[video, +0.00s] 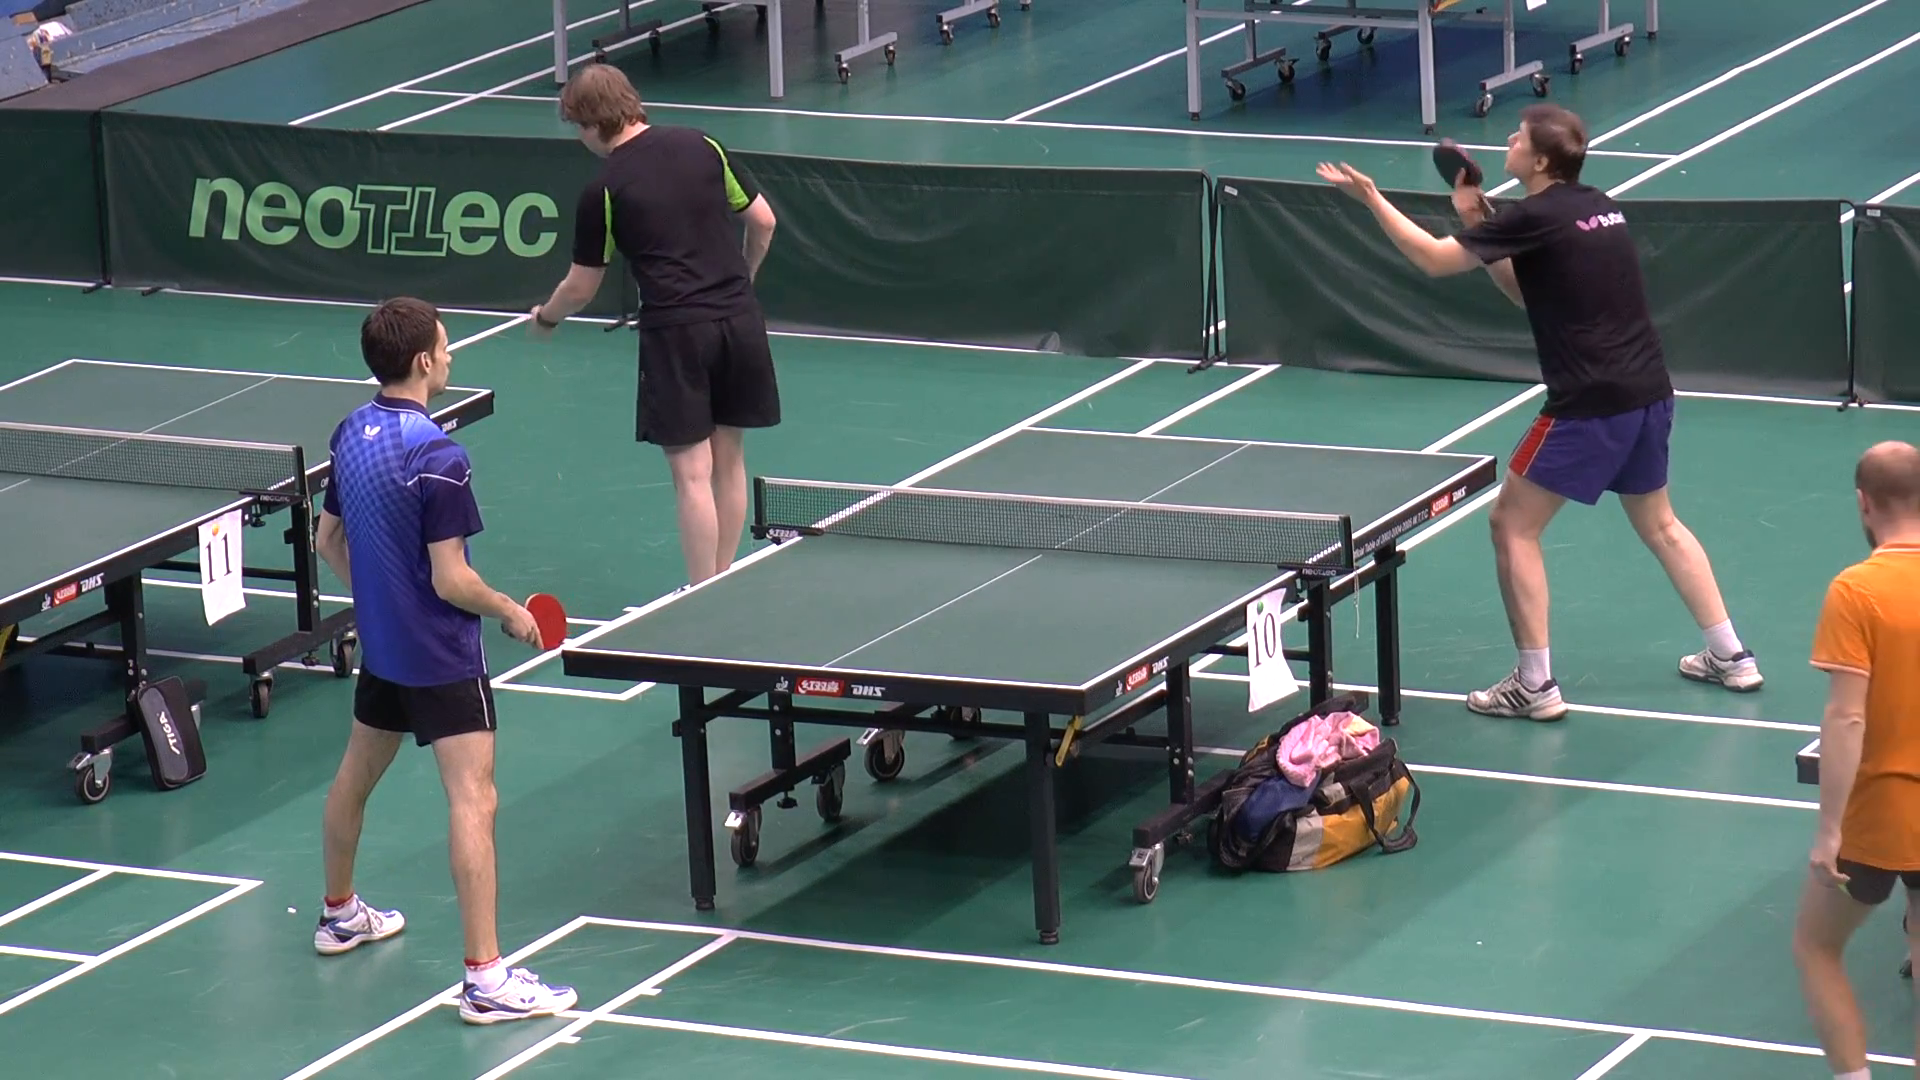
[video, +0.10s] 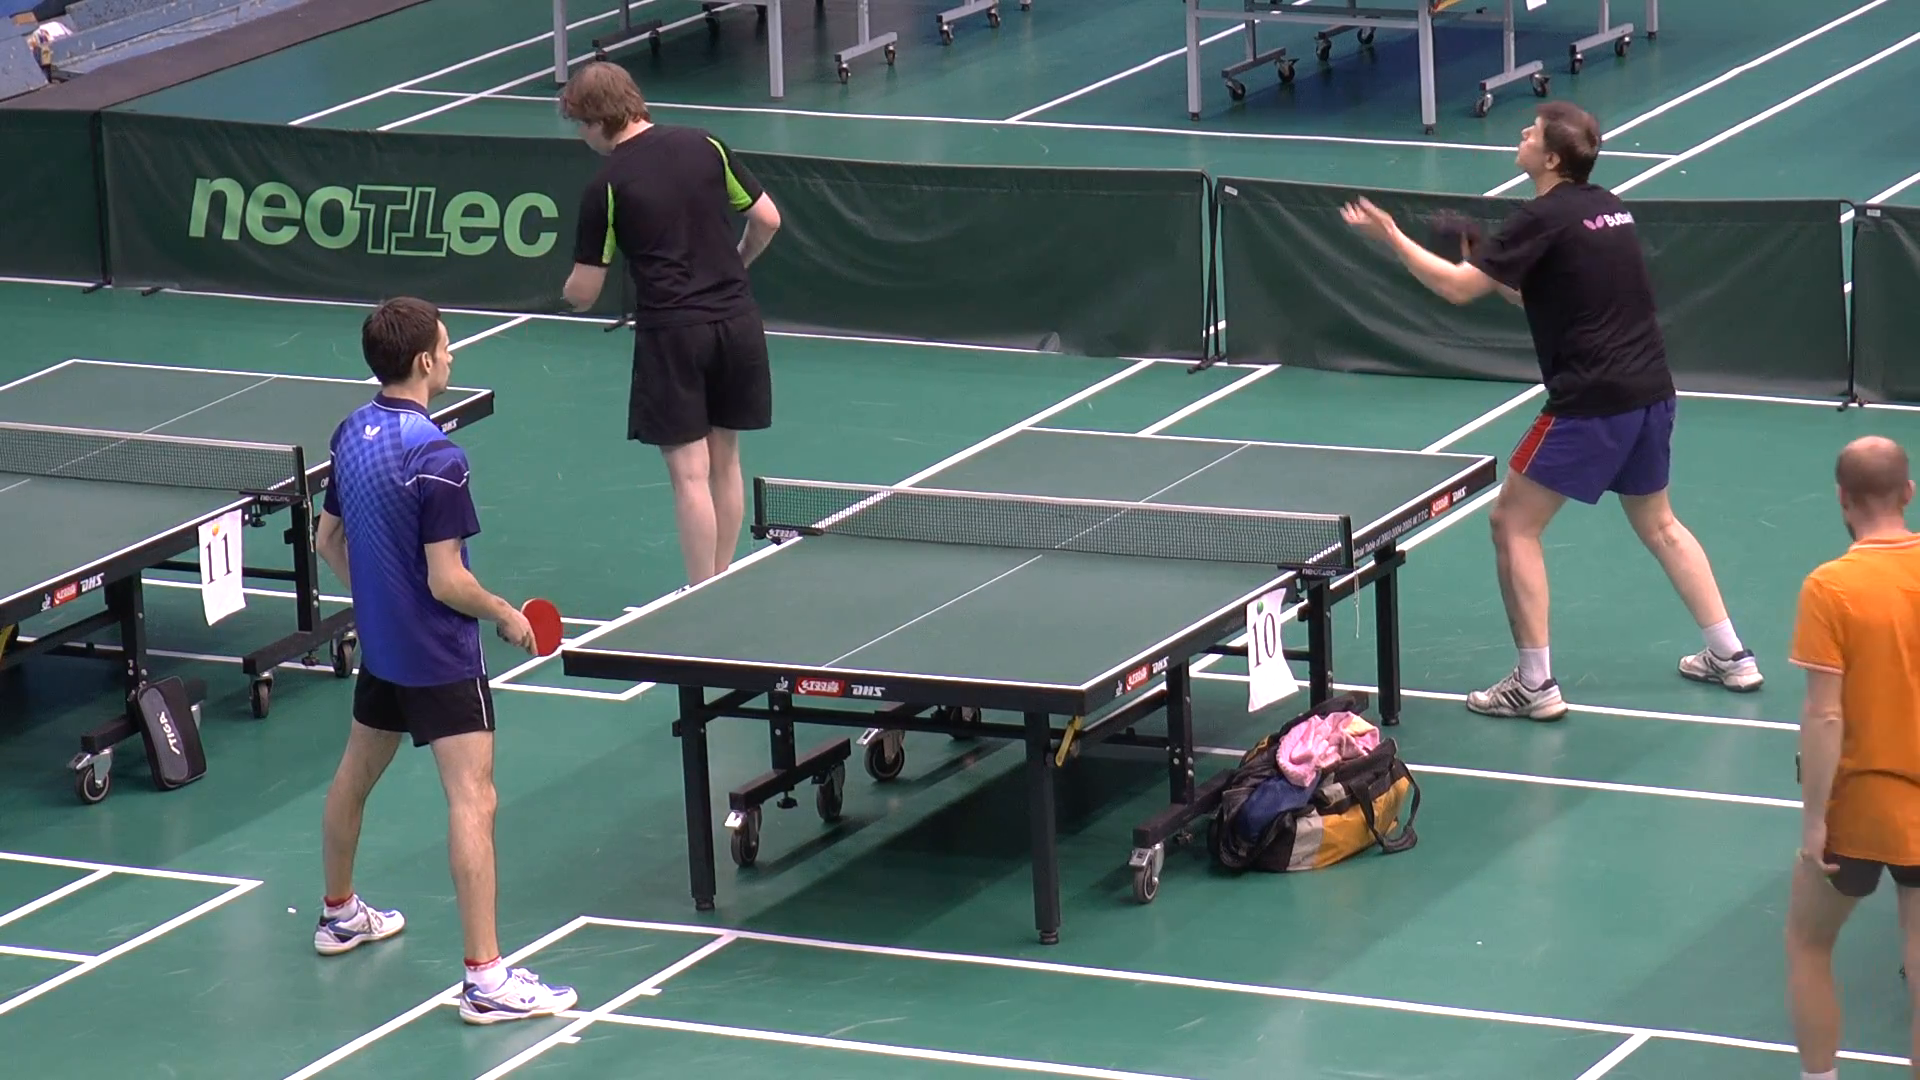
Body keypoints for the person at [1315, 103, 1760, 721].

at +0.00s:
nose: (1509, 143)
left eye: (1518, 137)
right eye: (1515, 135)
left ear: (1538, 156)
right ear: (1565, 160)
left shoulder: (1532, 214)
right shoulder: (1598, 205)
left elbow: (1435, 258)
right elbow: (1529, 292)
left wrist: (1371, 198)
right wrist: (1478, 222)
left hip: (1587, 405)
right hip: (1649, 395)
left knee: (1513, 525)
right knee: (1662, 525)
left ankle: (1534, 683)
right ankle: (1731, 655)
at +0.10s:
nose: (1522, 137)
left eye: (1531, 132)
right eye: (1528, 129)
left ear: (1550, 154)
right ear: (1574, 158)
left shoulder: (1542, 218)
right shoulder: (1608, 205)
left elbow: (1458, 286)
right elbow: (1550, 292)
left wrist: (1391, 236)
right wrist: (1485, 257)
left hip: (1591, 404)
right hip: (1652, 395)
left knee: (1514, 523)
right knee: (1660, 524)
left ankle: (1534, 682)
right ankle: (1730, 655)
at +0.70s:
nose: (1534, 138)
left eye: (1541, 132)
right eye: (1538, 129)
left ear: (1560, 147)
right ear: (1596, 144)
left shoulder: (1557, 209)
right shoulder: (1656, 183)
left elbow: (1573, 294)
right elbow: (1732, 187)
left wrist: (1550, 383)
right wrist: (1711, 151)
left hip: (1621, 391)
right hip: (1688, 381)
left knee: (1543, 508)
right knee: (1687, 513)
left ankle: (1563, 667)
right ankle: (1722, 646)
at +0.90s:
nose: (1491, 185)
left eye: (1497, 174)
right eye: (1492, 174)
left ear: (1529, 178)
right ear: (1545, 172)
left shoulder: (1554, 234)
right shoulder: (1599, 199)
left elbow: (1600, 319)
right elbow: (1612, 263)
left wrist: (1567, 406)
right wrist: (1553, 291)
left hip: (1633, 394)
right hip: (1684, 382)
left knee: (1539, 509)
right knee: (1670, 516)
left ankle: (1568, 664)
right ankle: (1729, 635)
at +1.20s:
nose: (1434, 250)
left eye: (1445, 239)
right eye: (1429, 239)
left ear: (1480, 232)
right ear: (1428, 236)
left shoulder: (1532, 269)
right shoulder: (1478, 287)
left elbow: (1622, 319)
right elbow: (1512, 360)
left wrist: (1642, 407)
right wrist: (1464, 412)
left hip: (1596, 407)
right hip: (1565, 407)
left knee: (1514, 526)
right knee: (1546, 521)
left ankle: (1571, 668)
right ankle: (1675, 581)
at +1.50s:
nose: (1382, 229)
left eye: (1394, 218)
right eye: (1377, 218)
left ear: (1426, 213)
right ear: (1372, 216)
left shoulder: (1471, 262)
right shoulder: (1403, 259)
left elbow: (1554, 314)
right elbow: (1418, 326)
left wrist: (1582, 403)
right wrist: (1395, 384)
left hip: (1523, 396)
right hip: (1469, 392)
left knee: (1484, 525)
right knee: (1405, 491)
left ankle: (1568, 665)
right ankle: (1372, 595)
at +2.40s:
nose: (1158, 225)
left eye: (1167, 214)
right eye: (1157, 215)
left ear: (1208, 208)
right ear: (1178, 216)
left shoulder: (1269, 247)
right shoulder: (1187, 275)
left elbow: (1360, 271)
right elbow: (1147, 344)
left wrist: (1443, 306)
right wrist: (1059, 351)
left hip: (1327, 406)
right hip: (1248, 403)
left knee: (1415, 518)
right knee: (1150, 458)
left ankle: (1505, 593)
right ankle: (1172, 607)